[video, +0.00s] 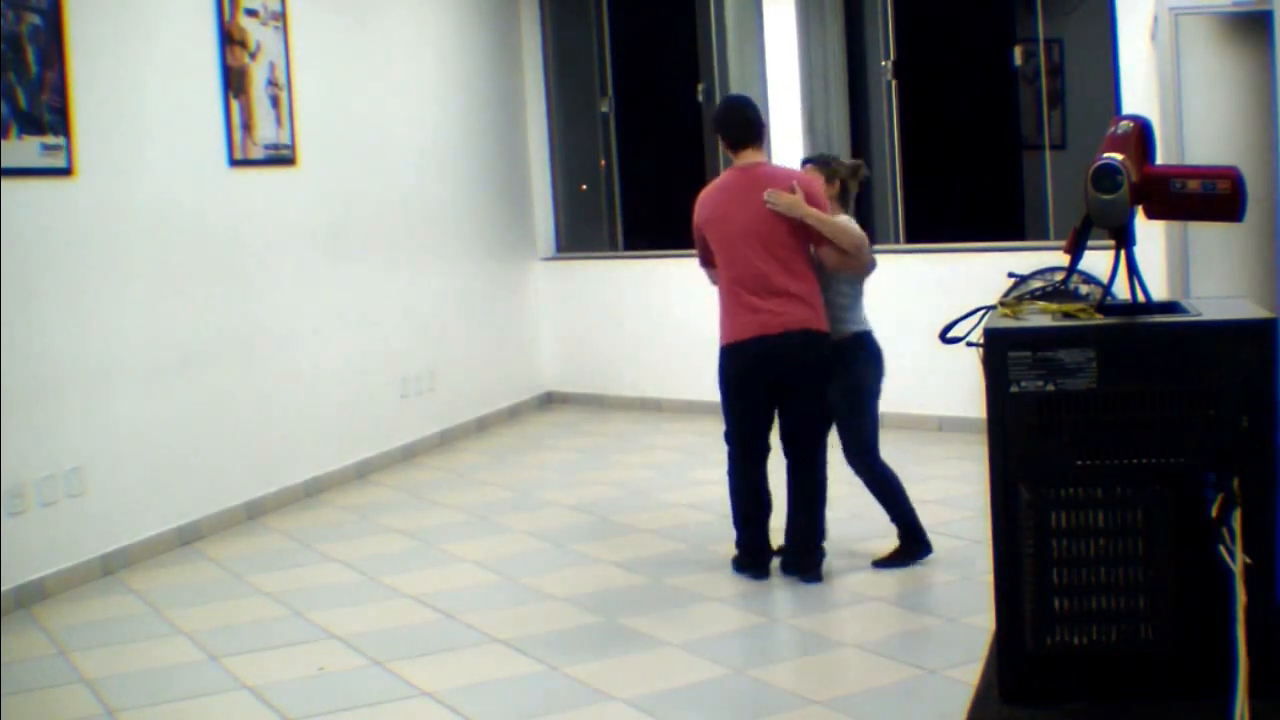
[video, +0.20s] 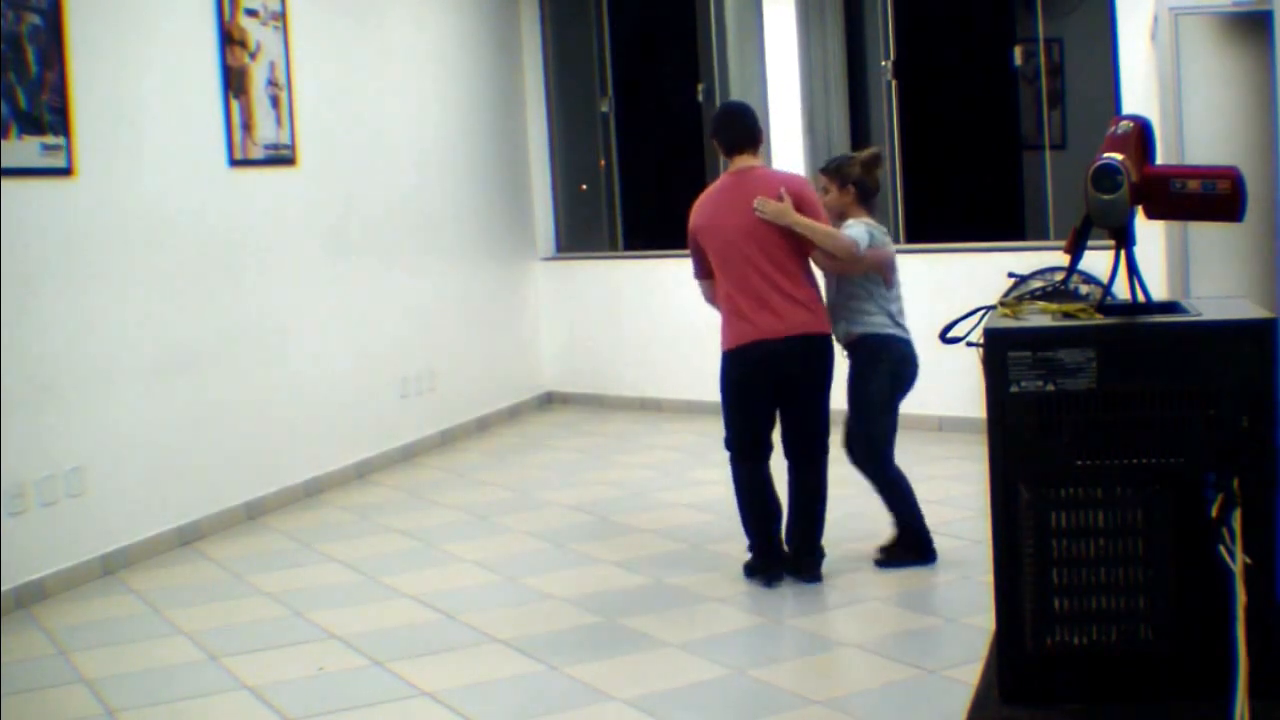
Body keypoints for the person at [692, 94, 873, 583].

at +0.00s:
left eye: (722, 138)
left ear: (721, 142)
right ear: (765, 133)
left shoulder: (708, 200)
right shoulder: (801, 183)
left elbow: (713, 271)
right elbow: (841, 252)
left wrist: (765, 260)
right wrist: (867, 264)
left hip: (742, 346)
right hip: (804, 338)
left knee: (746, 454)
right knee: (806, 454)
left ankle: (753, 556)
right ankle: (806, 559)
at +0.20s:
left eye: (720, 144)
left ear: (716, 147)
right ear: (762, 140)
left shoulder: (703, 208)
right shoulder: (794, 188)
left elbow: (710, 289)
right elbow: (834, 258)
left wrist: (749, 312)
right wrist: (875, 261)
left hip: (745, 350)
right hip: (807, 342)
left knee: (748, 454)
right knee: (807, 452)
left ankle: (767, 557)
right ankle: (806, 558)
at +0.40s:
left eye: (707, 146)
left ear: (705, 147)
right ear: (748, 138)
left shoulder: (691, 208)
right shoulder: (783, 182)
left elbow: (700, 294)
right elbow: (822, 249)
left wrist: (749, 309)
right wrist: (877, 250)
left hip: (738, 349)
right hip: (799, 337)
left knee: (754, 463)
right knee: (802, 451)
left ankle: (774, 571)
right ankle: (807, 561)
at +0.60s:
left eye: (695, 150)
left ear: (696, 153)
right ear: (739, 143)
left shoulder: (684, 214)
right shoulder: (775, 187)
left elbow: (679, 298)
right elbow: (816, 254)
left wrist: (719, 324)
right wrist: (872, 248)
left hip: (729, 349)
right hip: (790, 339)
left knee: (749, 460)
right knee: (793, 447)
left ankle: (772, 573)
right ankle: (803, 562)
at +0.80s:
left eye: (698, 148)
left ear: (698, 151)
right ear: (741, 143)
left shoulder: (681, 210)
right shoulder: (774, 189)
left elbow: (667, 292)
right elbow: (809, 258)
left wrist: (696, 335)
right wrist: (859, 257)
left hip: (727, 348)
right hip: (786, 336)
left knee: (746, 461)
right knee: (791, 449)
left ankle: (771, 571)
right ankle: (797, 564)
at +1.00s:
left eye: (698, 144)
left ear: (697, 148)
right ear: (740, 142)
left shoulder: (678, 209)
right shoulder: (769, 191)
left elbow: (663, 290)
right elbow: (808, 263)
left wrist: (701, 317)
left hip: (715, 347)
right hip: (776, 338)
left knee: (716, 447)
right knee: (788, 451)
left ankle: (729, 555)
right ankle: (794, 561)